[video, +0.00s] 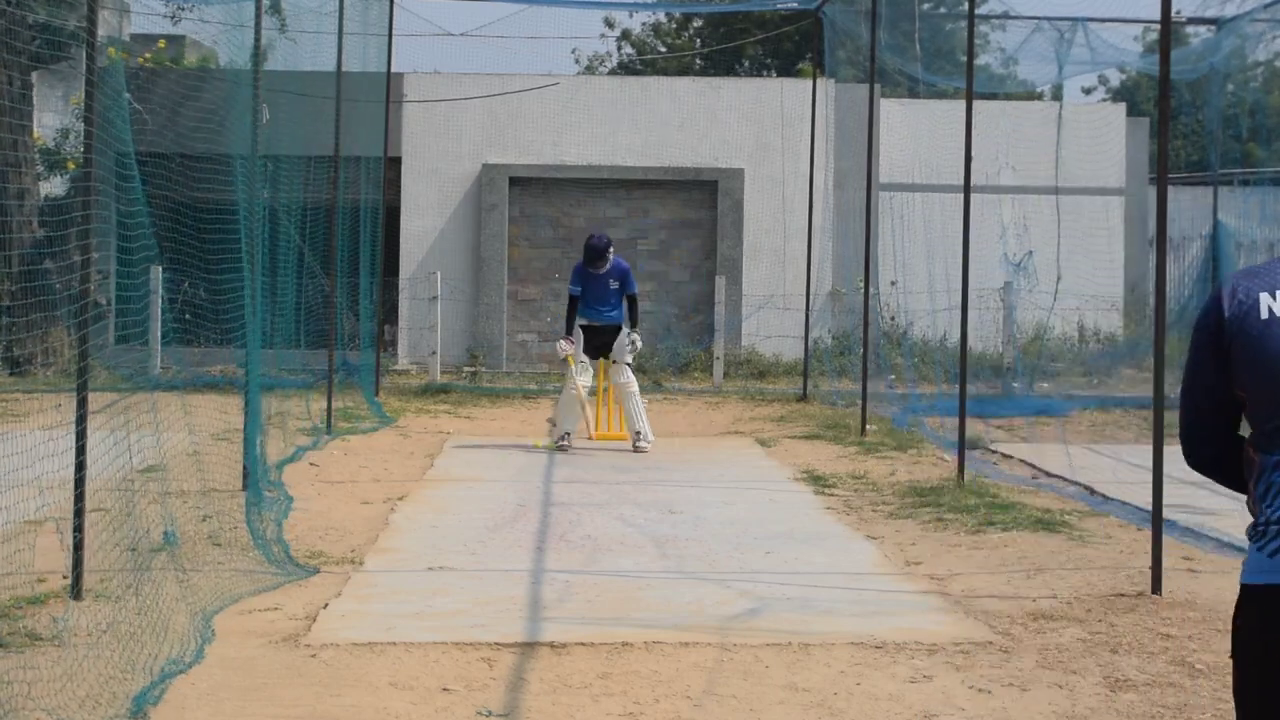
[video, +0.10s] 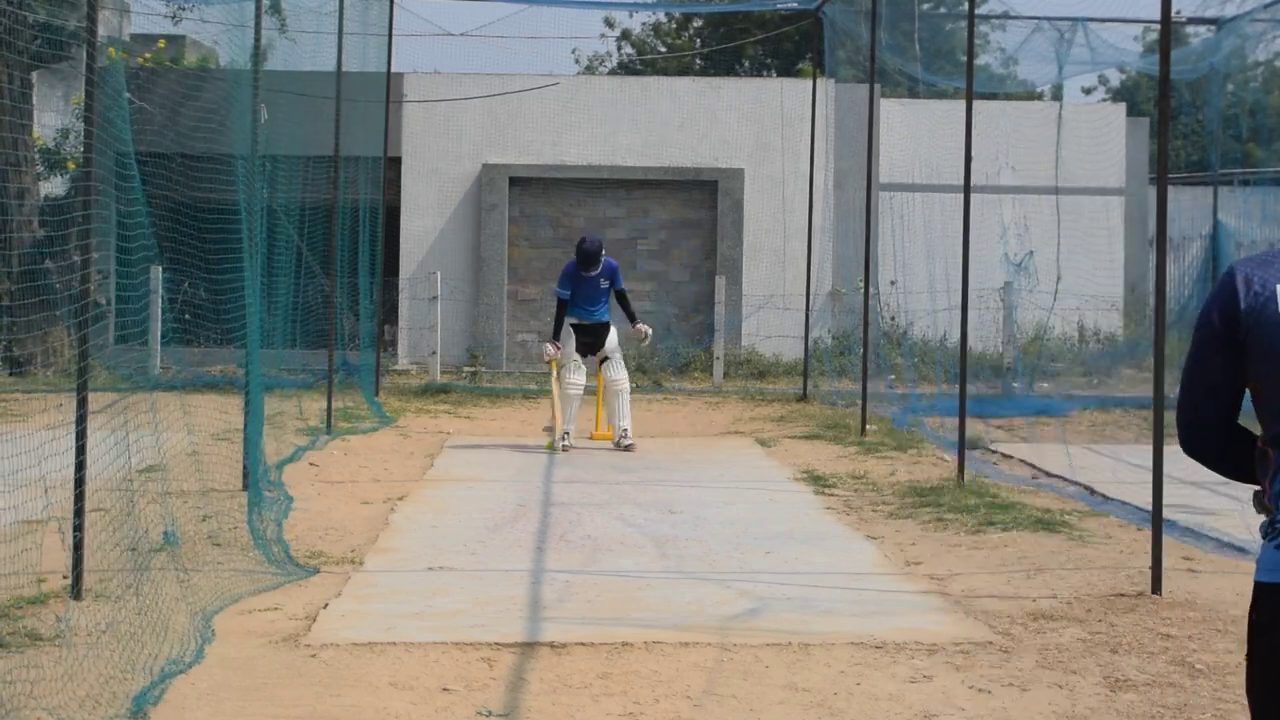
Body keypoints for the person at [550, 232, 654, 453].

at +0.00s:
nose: (597, 269)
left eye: (601, 265)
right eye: (593, 265)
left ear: (609, 256)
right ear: (586, 258)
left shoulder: (622, 269)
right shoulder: (580, 270)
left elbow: (632, 300)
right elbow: (572, 304)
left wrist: (634, 330)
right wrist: (568, 335)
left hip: (615, 331)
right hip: (585, 330)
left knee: (625, 380)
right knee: (577, 381)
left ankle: (640, 434)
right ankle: (565, 433)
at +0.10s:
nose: (588, 272)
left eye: (592, 268)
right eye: (585, 268)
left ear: (601, 259)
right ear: (578, 259)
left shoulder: (611, 268)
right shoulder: (569, 272)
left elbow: (621, 295)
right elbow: (561, 307)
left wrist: (635, 322)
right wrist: (555, 341)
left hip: (603, 330)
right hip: (575, 330)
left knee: (619, 381)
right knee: (572, 383)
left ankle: (623, 434)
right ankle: (566, 434)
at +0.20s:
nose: (587, 271)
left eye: (591, 267)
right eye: (584, 268)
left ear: (598, 258)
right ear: (577, 258)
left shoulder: (606, 267)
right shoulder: (566, 270)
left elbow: (612, 290)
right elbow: (558, 306)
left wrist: (629, 317)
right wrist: (551, 338)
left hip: (596, 328)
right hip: (569, 328)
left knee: (608, 378)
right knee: (568, 380)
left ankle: (602, 433)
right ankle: (563, 434)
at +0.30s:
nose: (587, 267)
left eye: (591, 263)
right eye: (583, 263)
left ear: (597, 255)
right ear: (575, 254)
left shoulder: (599, 264)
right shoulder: (564, 267)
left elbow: (599, 286)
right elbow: (553, 300)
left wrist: (615, 312)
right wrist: (544, 331)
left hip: (586, 325)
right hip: (562, 324)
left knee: (593, 377)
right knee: (567, 379)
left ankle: (575, 429)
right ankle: (562, 433)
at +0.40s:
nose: (590, 264)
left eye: (593, 260)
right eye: (586, 260)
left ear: (597, 253)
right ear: (577, 252)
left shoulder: (594, 264)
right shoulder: (563, 266)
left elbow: (591, 287)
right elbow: (547, 297)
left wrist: (606, 312)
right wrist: (539, 330)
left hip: (578, 323)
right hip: (557, 321)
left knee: (584, 378)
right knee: (566, 378)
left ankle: (551, 424)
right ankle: (562, 433)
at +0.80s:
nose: (583, 253)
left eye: (586, 250)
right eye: (583, 247)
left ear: (584, 248)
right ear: (575, 240)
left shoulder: (571, 262)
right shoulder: (554, 260)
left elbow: (566, 296)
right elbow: (531, 293)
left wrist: (576, 322)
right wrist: (534, 325)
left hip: (560, 318)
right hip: (548, 316)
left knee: (554, 375)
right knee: (569, 372)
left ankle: (538, 430)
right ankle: (550, 431)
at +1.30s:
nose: (589, 260)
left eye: (592, 258)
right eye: (590, 255)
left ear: (588, 250)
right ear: (584, 247)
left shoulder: (573, 264)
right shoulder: (564, 262)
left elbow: (564, 300)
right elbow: (537, 290)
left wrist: (572, 326)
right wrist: (545, 319)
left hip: (558, 323)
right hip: (549, 323)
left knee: (559, 382)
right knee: (558, 381)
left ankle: (541, 430)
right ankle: (546, 438)